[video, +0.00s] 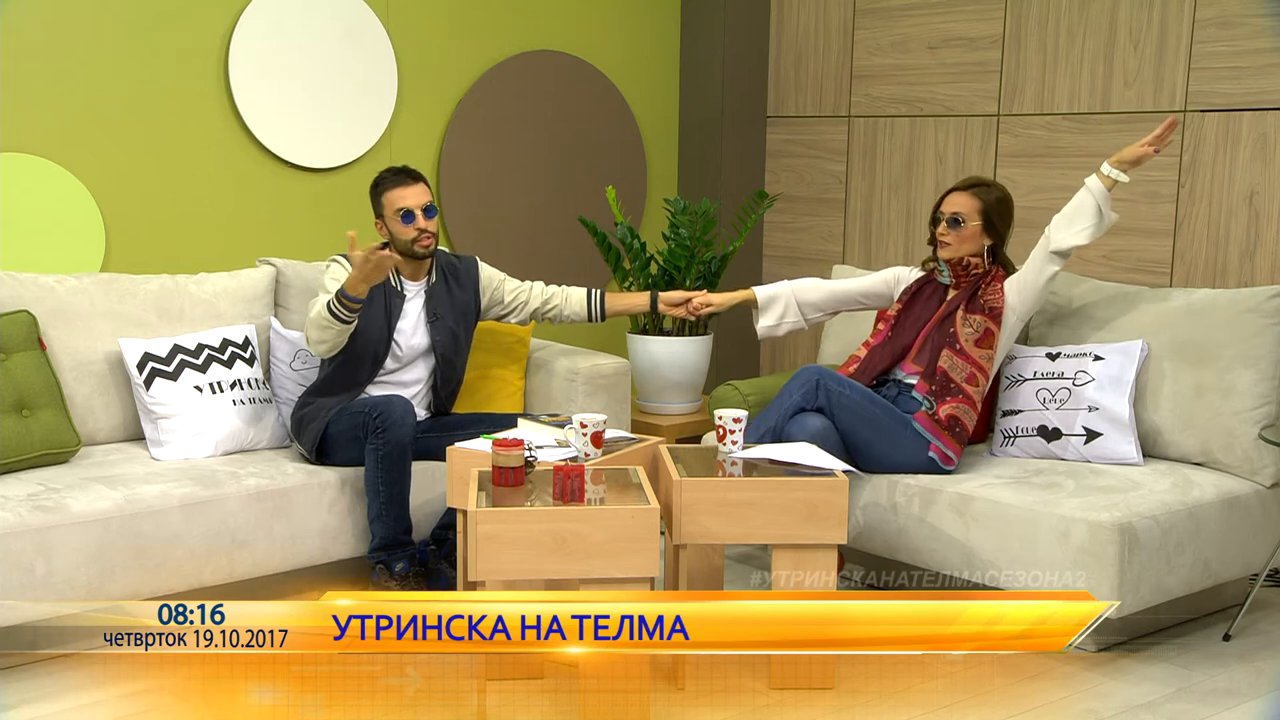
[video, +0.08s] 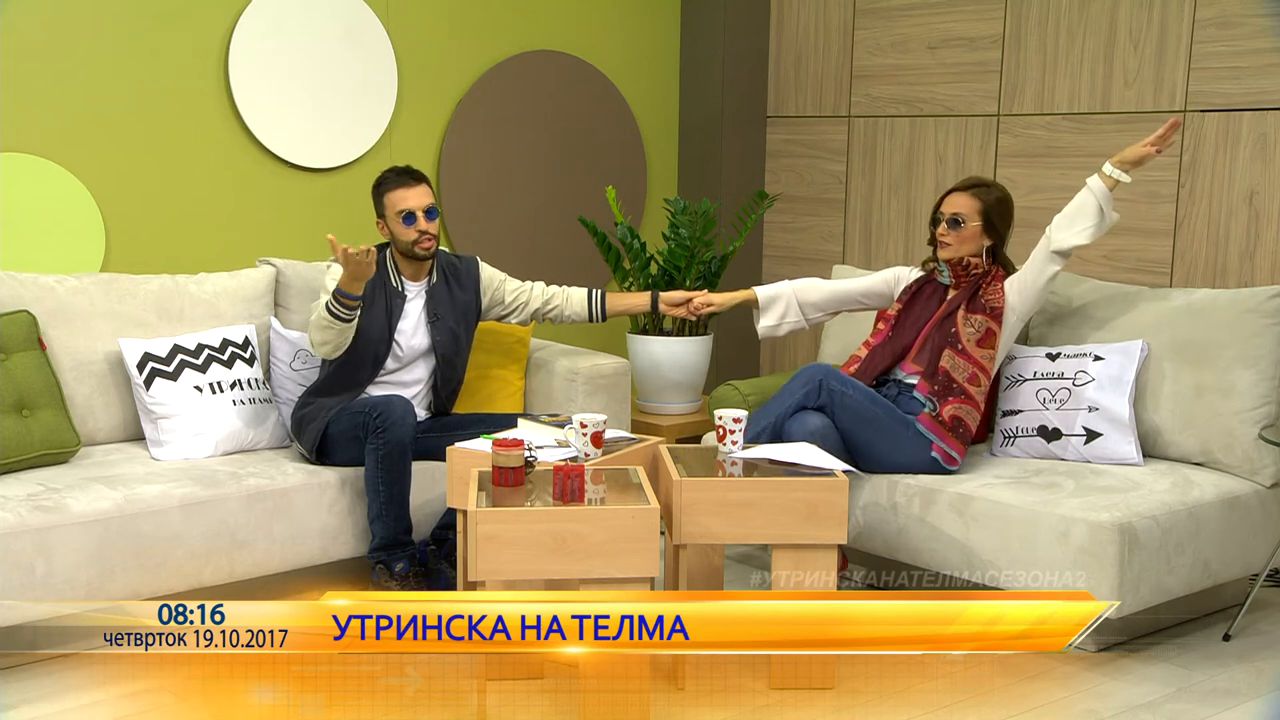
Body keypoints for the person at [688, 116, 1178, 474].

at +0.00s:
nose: (943, 231)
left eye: (957, 222)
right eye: (940, 222)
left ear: (992, 233)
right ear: (934, 231)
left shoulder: (1006, 297)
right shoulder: (911, 283)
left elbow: (1056, 245)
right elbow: (824, 291)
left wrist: (1115, 168)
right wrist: (730, 298)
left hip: (926, 435)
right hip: (869, 416)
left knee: (815, 376)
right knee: (807, 427)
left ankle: (730, 456)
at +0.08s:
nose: (943, 232)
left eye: (957, 223)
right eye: (940, 223)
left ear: (992, 233)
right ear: (935, 232)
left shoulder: (1007, 297)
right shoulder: (910, 284)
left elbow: (1056, 246)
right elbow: (824, 291)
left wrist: (1117, 167)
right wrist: (734, 297)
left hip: (928, 435)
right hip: (870, 416)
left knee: (819, 374)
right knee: (807, 427)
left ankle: (725, 464)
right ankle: (810, 571)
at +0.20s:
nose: (941, 232)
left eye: (956, 223)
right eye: (938, 222)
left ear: (991, 234)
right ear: (933, 231)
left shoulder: (1005, 295)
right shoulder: (908, 284)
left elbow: (1055, 244)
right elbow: (824, 290)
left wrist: (1115, 167)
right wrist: (734, 297)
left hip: (930, 434)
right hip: (870, 415)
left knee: (825, 368)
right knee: (801, 423)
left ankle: (703, 446)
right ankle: (814, 566)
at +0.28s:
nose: (942, 234)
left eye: (956, 225)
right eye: (937, 225)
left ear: (989, 235)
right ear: (932, 233)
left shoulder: (1003, 297)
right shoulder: (907, 283)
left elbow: (1053, 244)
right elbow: (822, 294)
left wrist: (1108, 169)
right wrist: (731, 297)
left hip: (931, 442)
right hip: (869, 423)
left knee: (831, 364)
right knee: (792, 421)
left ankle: (703, 415)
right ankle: (809, 567)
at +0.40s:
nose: (938, 238)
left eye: (952, 229)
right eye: (933, 229)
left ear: (985, 238)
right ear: (928, 236)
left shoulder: (1000, 296)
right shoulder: (906, 285)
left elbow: (1046, 244)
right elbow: (821, 294)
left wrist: (1097, 167)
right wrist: (730, 298)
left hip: (929, 440)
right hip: (868, 427)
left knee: (838, 360)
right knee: (764, 422)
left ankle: (700, 397)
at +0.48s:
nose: (930, 237)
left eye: (944, 228)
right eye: (927, 228)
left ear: (978, 237)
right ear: (924, 235)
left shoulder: (996, 297)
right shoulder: (903, 283)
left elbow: (1039, 244)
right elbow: (818, 296)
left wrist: (1091, 166)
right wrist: (733, 296)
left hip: (930, 441)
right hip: (869, 429)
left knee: (842, 359)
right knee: (782, 421)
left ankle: (718, 414)